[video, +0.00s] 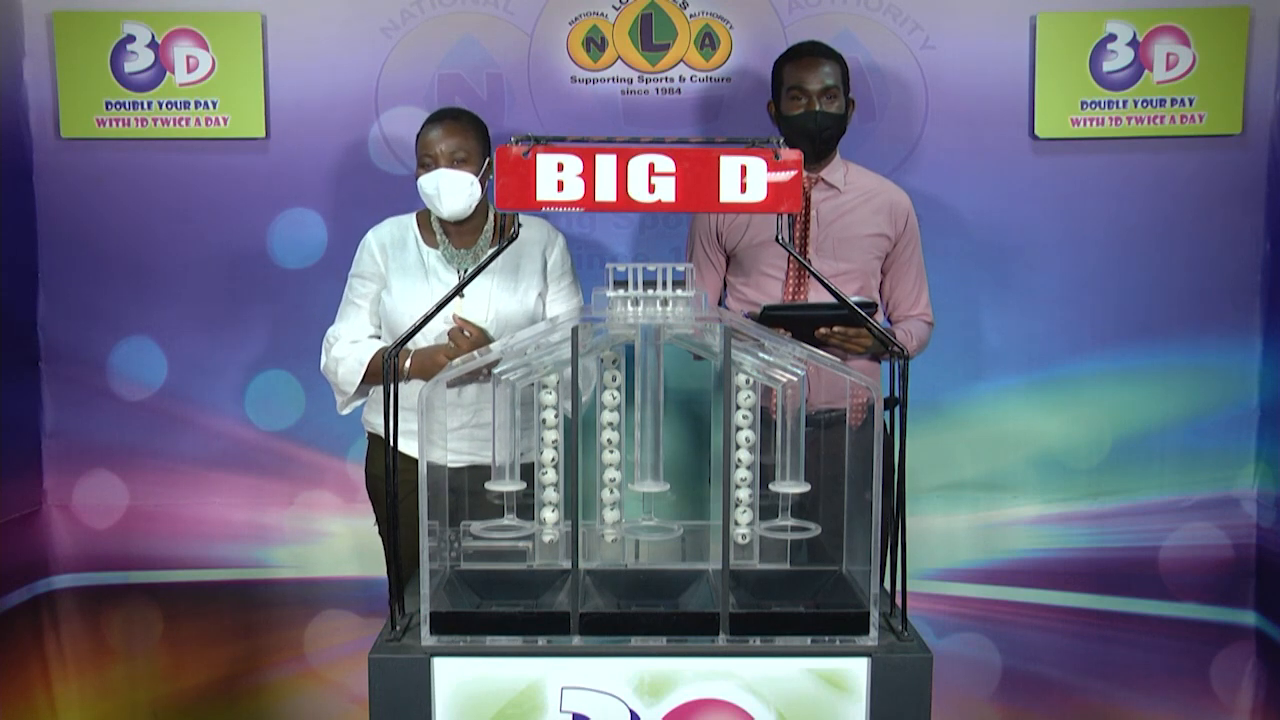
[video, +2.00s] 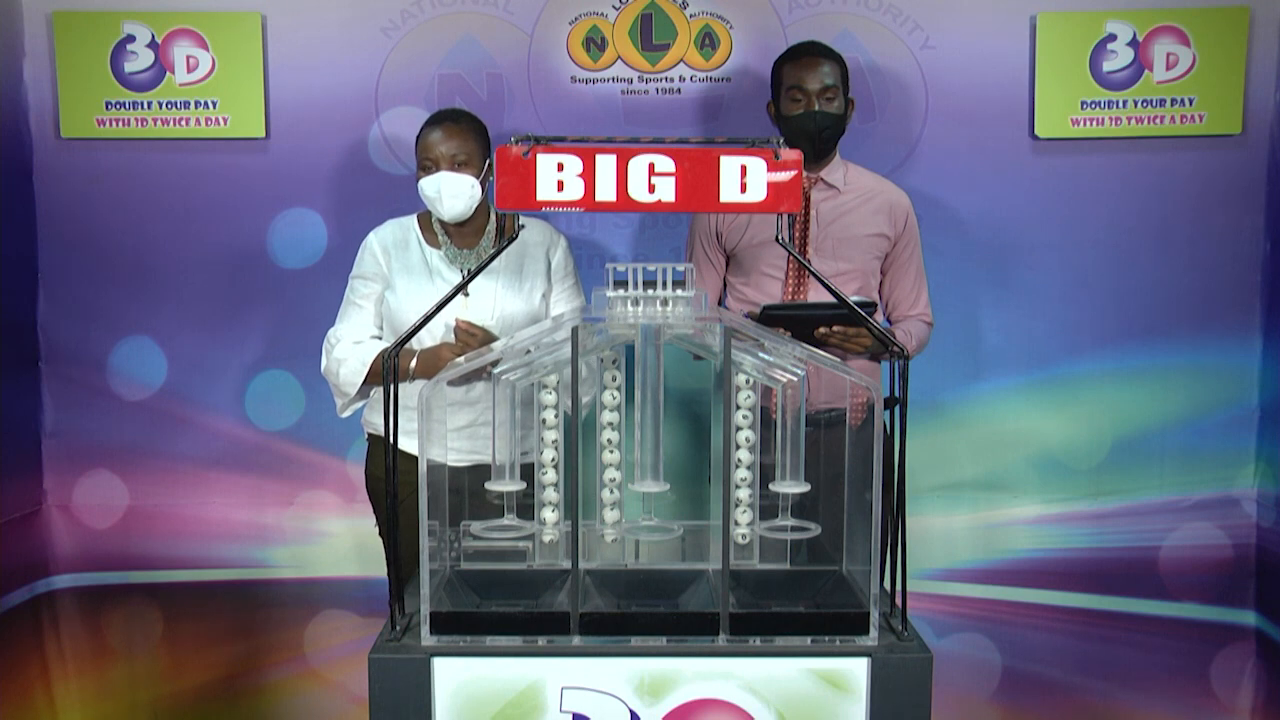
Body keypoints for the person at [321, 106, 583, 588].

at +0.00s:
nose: (445, 177)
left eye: (459, 161)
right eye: (431, 164)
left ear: (487, 166)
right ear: (418, 172)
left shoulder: (540, 243)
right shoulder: (383, 245)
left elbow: (571, 354)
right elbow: (341, 356)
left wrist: (498, 357)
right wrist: (420, 361)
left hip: (509, 461)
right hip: (407, 462)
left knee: (503, 616)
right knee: (416, 615)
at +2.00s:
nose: (444, 180)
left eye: (459, 164)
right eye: (430, 167)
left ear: (487, 167)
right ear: (417, 174)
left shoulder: (544, 247)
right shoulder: (385, 247)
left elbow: (574, 362)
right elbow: (342, 358)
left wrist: (502, 355)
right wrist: (423, 361)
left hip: (512, 465)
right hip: (408, 465)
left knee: (505, 617)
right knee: (416, 616)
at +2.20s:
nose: (446, 180)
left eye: (461, 164)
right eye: (432, 167)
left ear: (488, 167)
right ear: (419, 173)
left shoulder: (544, 247)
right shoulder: (385, 247)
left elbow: (575, 365)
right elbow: (340, 357)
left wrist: (502, 353)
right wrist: (421, 361)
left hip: (512, 464)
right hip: (408, 465)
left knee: (506, 618)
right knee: (417, 618)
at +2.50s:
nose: (447, 180)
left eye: (462, 164)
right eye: (433, 166)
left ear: (489, 166)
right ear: (419, 171)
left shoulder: (543, 246)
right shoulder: (385, 246)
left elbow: (569, 360)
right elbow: (340, 359)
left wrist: (494, 351)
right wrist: (417, 361)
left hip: (510, 463)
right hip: (407, 463)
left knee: (504, 619)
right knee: (415, 617)